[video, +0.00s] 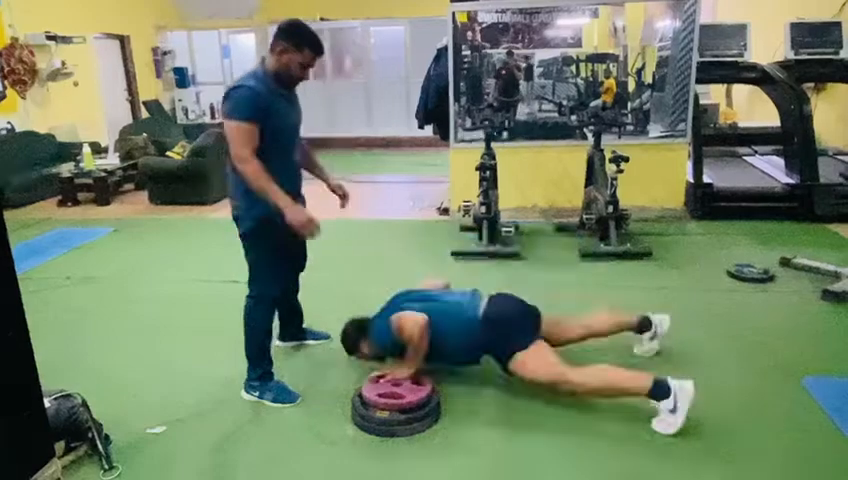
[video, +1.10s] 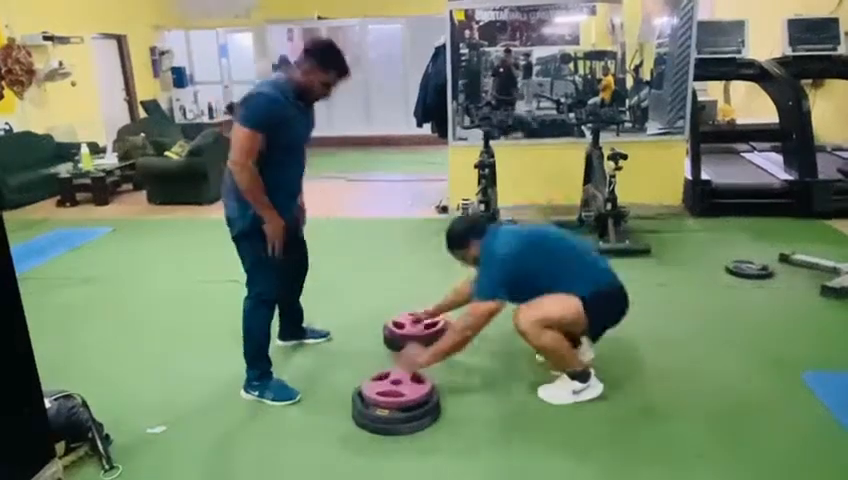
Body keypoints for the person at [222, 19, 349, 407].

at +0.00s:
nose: (308, 74)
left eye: (311, 66)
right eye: (304, 65)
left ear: (290, 57)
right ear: (279, 52)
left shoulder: (284, 92)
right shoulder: (246, 95)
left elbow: (292, 145)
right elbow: (243, 161)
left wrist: (326, 178)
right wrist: (288, 205)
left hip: (287, 204)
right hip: (257, 210)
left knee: (290, 272)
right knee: (264, 289)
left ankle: (291, 331)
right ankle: (258, 378)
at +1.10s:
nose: (328, 92)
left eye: (332, 85)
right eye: (326, 83)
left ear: (316, 74)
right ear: (307, 69)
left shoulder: (301, 103)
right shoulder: (263, 101)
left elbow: (289, 158)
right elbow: (239, 164)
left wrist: (296, 199)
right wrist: (269, 216)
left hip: (284, 207)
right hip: (252, 211)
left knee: (295, 267)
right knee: (263, 289)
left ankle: (291, 328)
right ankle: (257, 378)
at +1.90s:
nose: (443, 326)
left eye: (450, 324)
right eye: (447, 322)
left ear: (453, 295)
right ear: (446, 307)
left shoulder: (429, 272)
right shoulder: (407, 288)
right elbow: (357, 334)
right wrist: (379, 376)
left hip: (336, 233)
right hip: (313, 253)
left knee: (305, 294)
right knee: (287, 336)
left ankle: (250, 289)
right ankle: (195, 336)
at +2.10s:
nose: (460, 361)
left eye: (468, 359)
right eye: (464, 358)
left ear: (468, 333)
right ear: (462, 343)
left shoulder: (442, 307)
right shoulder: (431, 321)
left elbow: (393, 304)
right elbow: (374, 326)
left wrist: (390, 351)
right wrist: (380, 378)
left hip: (344, 278)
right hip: (332, 295)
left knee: (291, 309)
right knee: (253, 343)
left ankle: (231, 307)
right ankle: (159, 360)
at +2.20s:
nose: (460, 369)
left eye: (467, 368)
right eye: (463, 366)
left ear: (466, 334)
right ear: (459, 348)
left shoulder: (437, 302)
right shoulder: (430, 327)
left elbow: (395, 276)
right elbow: (376, 325)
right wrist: (380, 376)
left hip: (332, 294)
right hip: (324, 318)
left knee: (287, 315)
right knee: (251, 360)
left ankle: (223, 311)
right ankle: (154, 364)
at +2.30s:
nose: (464, 352)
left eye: (469, 349)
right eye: (468, 348)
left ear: (465, 323)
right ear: (462, 336)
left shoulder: (433, 294)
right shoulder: (429, 319)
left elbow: (391, 275)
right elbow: (373, 327)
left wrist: (387, 307)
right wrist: (379, 376)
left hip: (327, 300)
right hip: (318, 327)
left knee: (282, 316)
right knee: (246, 367)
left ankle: (221, 310)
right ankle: (148, 367)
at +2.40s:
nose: (462, 315)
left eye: (468, 311)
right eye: (466, 310)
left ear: (460, 288)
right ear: (460, 299)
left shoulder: (426, 276)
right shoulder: (420, 295)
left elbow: (381, 299)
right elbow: (368, 327)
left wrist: (417, 333)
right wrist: (378, 376)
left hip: (327, 305)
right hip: (320, 331)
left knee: (277, 322)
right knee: (240, 370)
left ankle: (217, 311)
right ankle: (144, 369)